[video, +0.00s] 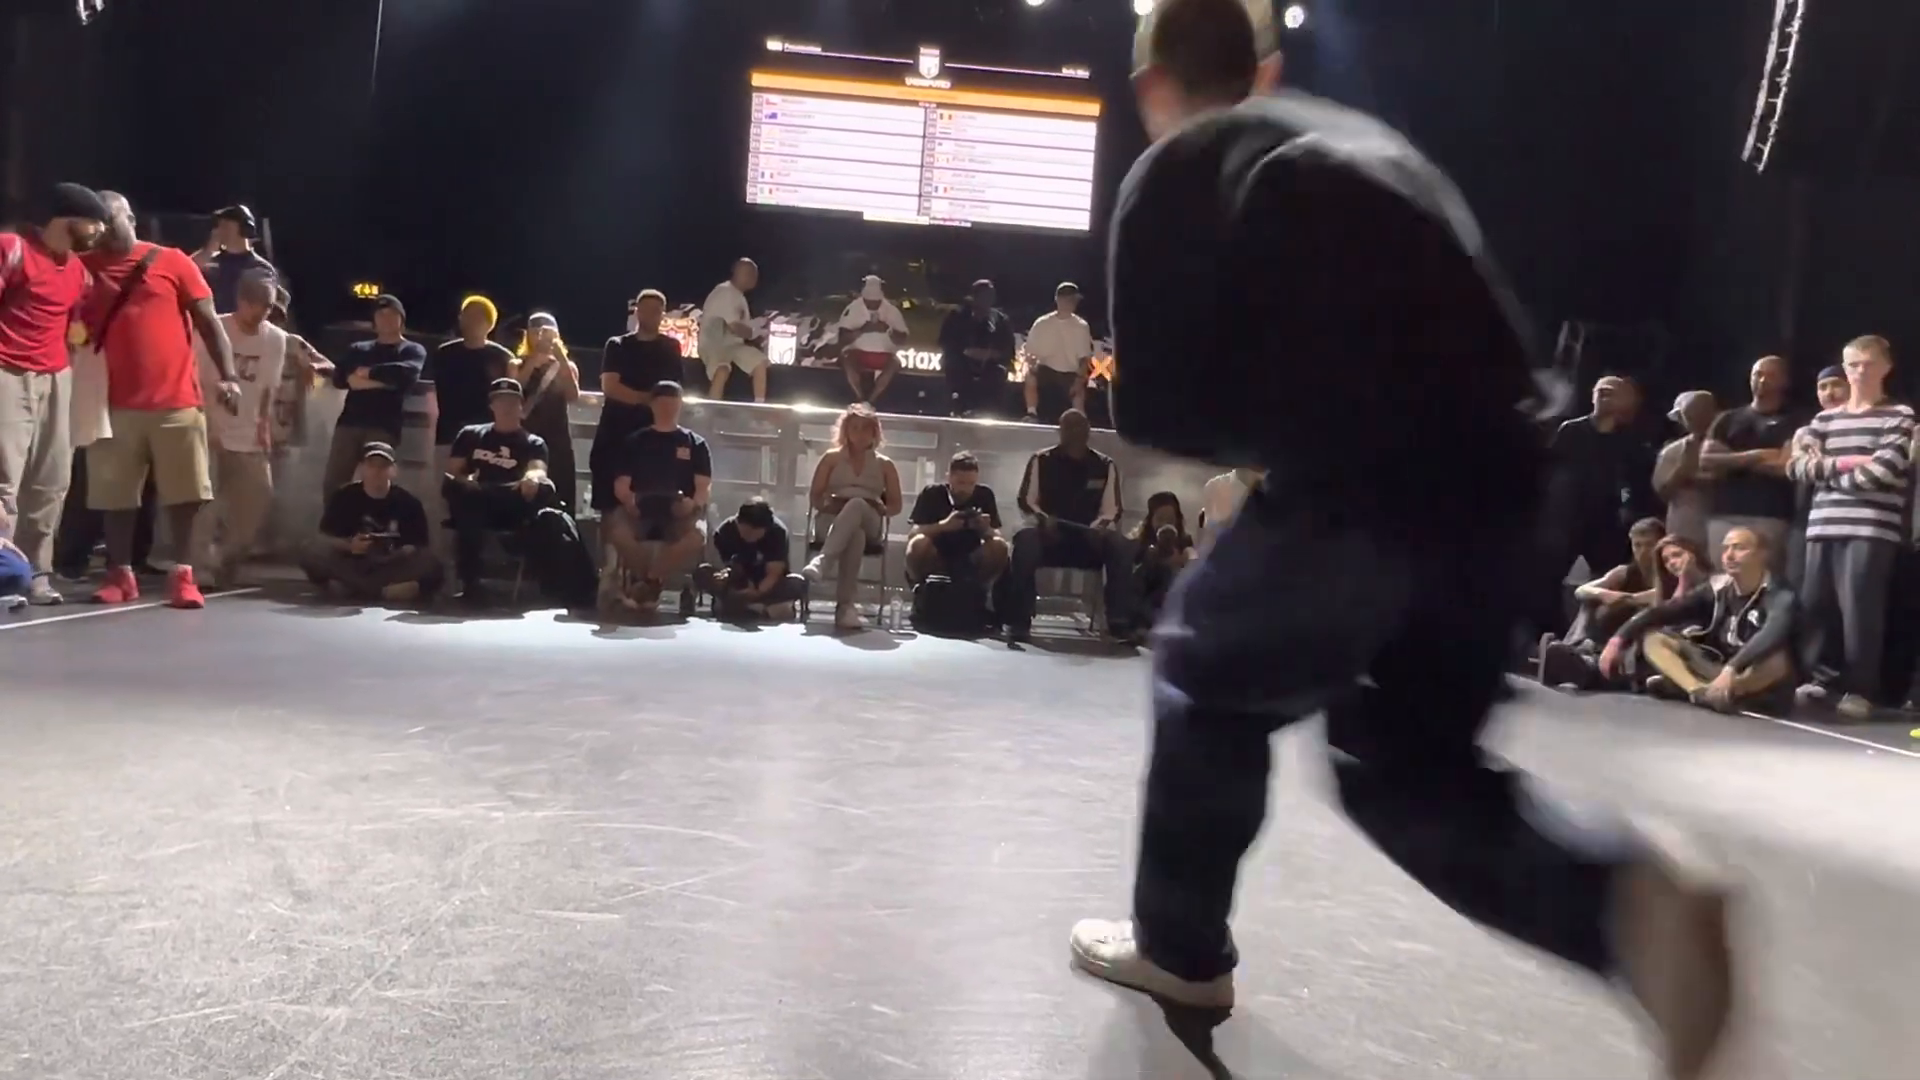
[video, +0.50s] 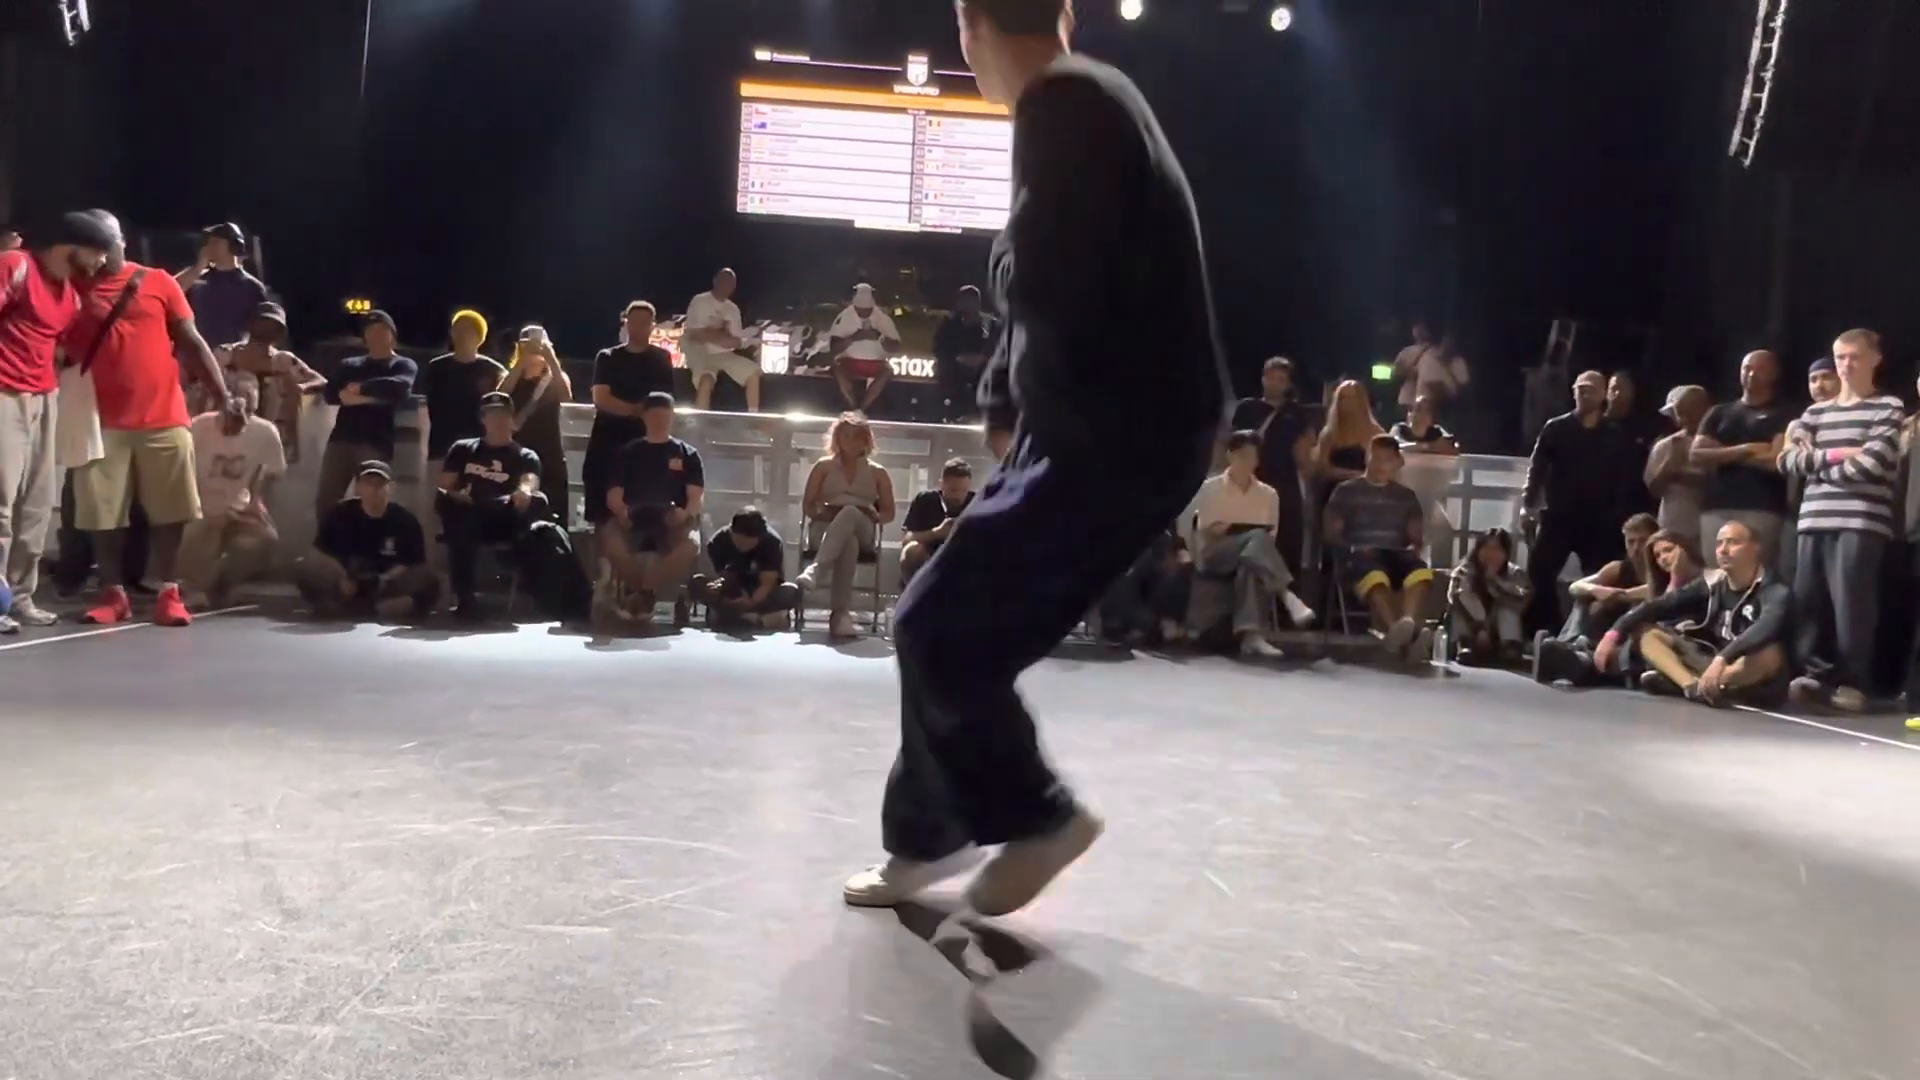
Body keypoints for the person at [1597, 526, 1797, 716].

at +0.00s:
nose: (1729, 555)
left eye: (1739, 548)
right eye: (1726, 548)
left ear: (1761, 554)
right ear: (1721, 554)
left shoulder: (1780, 595)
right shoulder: (1718, 588)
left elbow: (1775, 634)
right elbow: (1667, 612)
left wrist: (1731, 667)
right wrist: (1619, 640)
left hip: (1756, 674)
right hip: (1715, 666)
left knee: (1779, 661)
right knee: (1653, 640)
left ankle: (1697, 693)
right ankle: (1698, 691)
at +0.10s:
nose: (1726, 553)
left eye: (1736, 546)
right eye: (1723, 547)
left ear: (1758, 552)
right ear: (1718, 552)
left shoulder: (1777, 593)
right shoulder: (1715, 585)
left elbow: (1773, 630)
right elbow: (1666, 608)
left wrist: (1730, 664)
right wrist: (1617, 638)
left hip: (1755, 669)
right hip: (1713, 664)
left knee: (1776, 659)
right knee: (1651, 638)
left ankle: (1691, 690)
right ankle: (1697, 689)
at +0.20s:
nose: (1723, 551)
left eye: (1732, 544)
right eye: (1719, 545)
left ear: (1755, 549)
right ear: (1714, 550)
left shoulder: (1774, 592)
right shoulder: (1711, 584)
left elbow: (1769, 629)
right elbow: (1661, 607)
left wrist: (1726, 662)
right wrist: (1613, 636)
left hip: (1755, 674)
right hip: (1713, 664)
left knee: (1772, 656)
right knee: (1647, 635)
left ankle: (1693, 689)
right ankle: (1693, 687)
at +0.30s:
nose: (1719, 548)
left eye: (1730, 541)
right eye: (1716, 542)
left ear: (1752, 547)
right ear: (1711, 547)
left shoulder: (1770, 589)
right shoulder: (1708, 581)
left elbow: (1764, 626)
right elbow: (1658, 605)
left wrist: (1721, 658)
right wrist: (1610, 635)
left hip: (1752, 677)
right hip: (1709, 662)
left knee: (1768, 653)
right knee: (1645, 635)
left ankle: (1692, 687)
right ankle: (1689, 685)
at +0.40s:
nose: (1719, 548)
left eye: (1729, 541)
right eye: (1716, 542)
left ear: (1752, 548)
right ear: (1711, 547)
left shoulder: (1771, 590)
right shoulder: (1709, 583)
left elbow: (1762, 628)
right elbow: (1659, 605)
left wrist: (1718, 658)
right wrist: (1611, 635)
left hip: (1750, 672)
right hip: (1708, 661)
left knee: (1766, 654)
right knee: (1645, 637)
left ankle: (1688, 688)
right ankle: (1688, 685)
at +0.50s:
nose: (1723, 549)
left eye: (1733, 543)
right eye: (1720, 543)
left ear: (1755, 549)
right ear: (1715, 549)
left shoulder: (1775, 592)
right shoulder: (1713, 584)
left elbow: (1767, 628)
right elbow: (1663, 605)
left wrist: (1723, 658)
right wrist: (1615, 633)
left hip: (1755, 677)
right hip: (1714, 663)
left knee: (1769, 655)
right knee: (1648, 636)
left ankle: (1692, 688)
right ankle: (1690, 685)